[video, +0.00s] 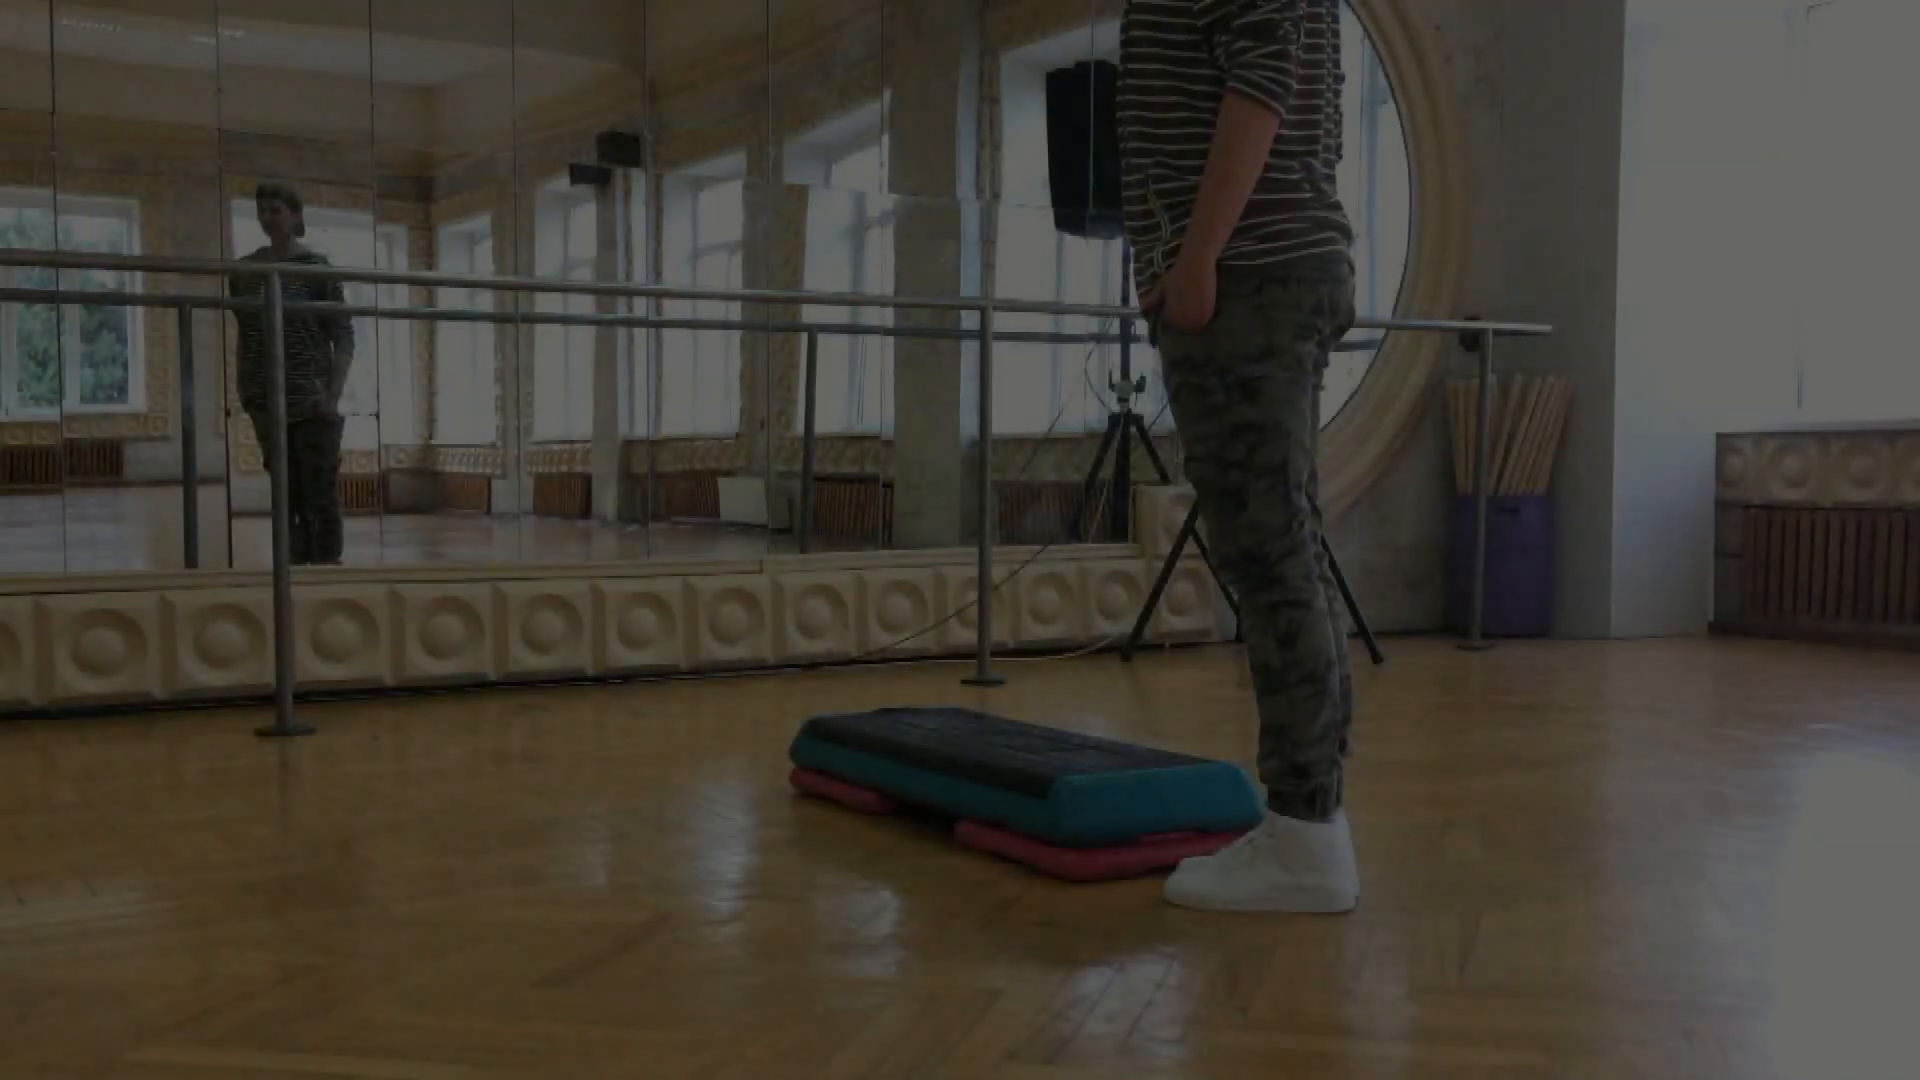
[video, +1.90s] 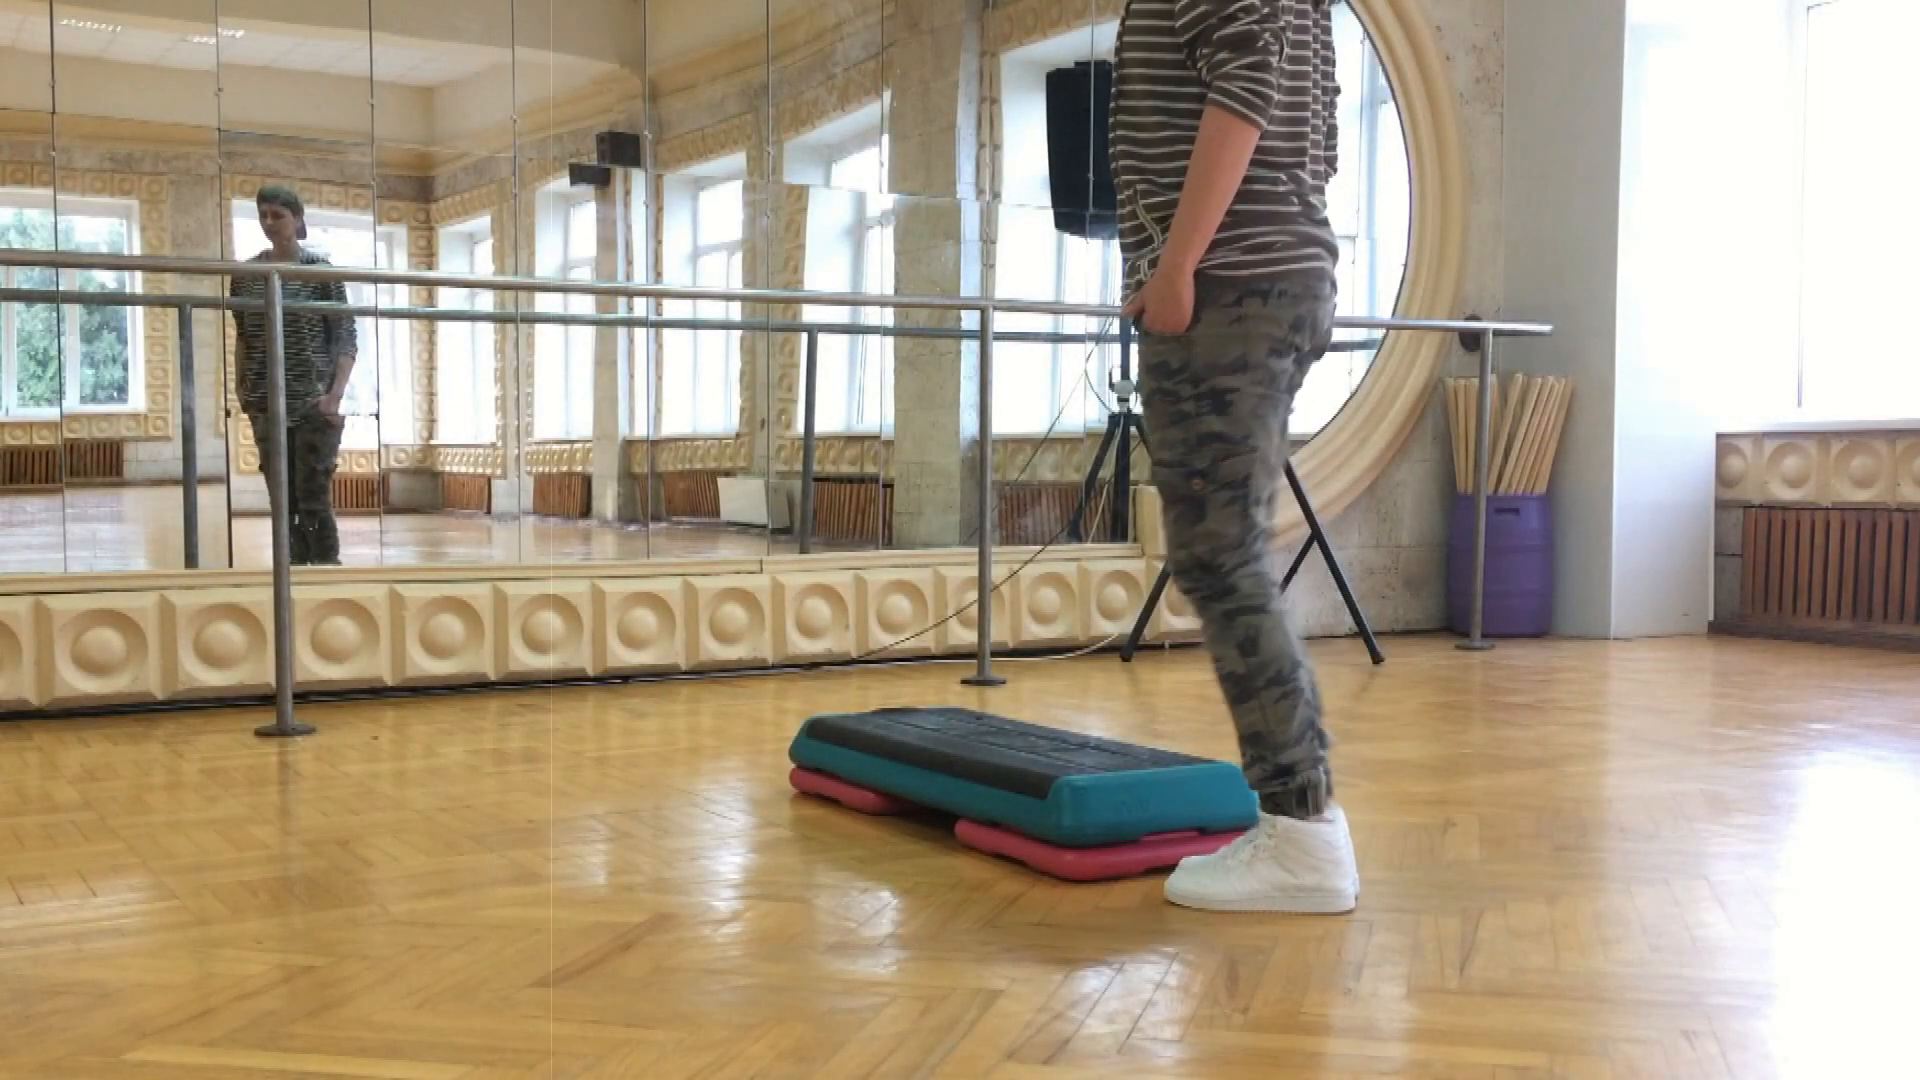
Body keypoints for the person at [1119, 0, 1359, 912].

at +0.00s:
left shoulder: (1246, 2)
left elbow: (1262, 83)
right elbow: (1258, 90)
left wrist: (1197, 257)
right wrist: (1182, 255)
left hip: (1249, 276)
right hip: (1250, 273)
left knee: (1264, 548)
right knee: (1272, 545)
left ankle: (1303, 835)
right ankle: (1306, 821)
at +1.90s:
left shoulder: (1233, 0)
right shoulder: (1288, 10)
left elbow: (1244, 93)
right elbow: (1315, 148)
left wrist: (1176, 264)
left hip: (1230, 287)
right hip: (1268, 283)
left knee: (1220, 559)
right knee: (1228, 555)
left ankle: (1303, 838)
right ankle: (1302, 824)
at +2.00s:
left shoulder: (1220, 3)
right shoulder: (1291, 19)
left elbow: (1245, 119)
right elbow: (1317, 163)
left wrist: (1163, 286)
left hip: (1230, 301)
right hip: (1250, 302)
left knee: (1156, 561)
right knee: (1107, 538)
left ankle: (1294, 834)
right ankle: (1288, 736)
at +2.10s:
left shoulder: (1209, 4)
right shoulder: (1282, 18)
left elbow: (1254, 141)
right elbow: (1329, 186)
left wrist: (1165, 298)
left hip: (1225, 320)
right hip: (1254, 322)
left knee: (1140, 573)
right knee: (1046, 486)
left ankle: (1292, 835)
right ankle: (1229, 648)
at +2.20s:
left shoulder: (1188, 2)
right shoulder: (1159, 20)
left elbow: (1258, 103)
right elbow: (1298, 135)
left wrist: (1178, 269)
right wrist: (1168, 260)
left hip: (1235, 279)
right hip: (1195, 285)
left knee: (1179, 557)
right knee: (1040, 439)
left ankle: (1292, 834)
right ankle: (1149, 674)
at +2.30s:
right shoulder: (1097, 22)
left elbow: (1266, 46)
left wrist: (1213, 223)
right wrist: (1153, 241)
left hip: (1249, 236)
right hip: (1167, 258)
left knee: (1260, 501)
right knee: (1064, 448)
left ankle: (1280, 797)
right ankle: (1141, 693)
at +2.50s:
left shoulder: (1174, 3)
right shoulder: (1068, 24)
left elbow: (1287, 68)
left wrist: (1249, 235)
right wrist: (1142, 252)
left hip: (1249, 266)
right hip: (1149, 291)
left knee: (1330, 496)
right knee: (1071, 465)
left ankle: (1413, 763)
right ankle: (1144, 704)